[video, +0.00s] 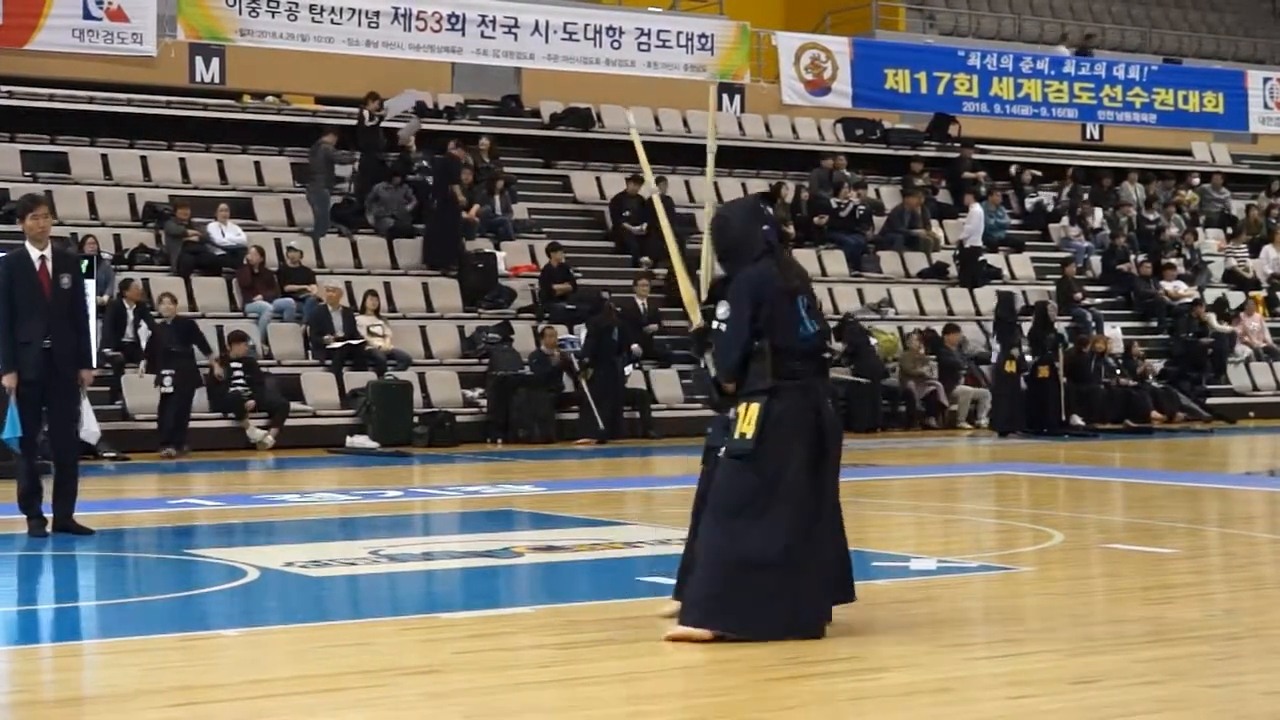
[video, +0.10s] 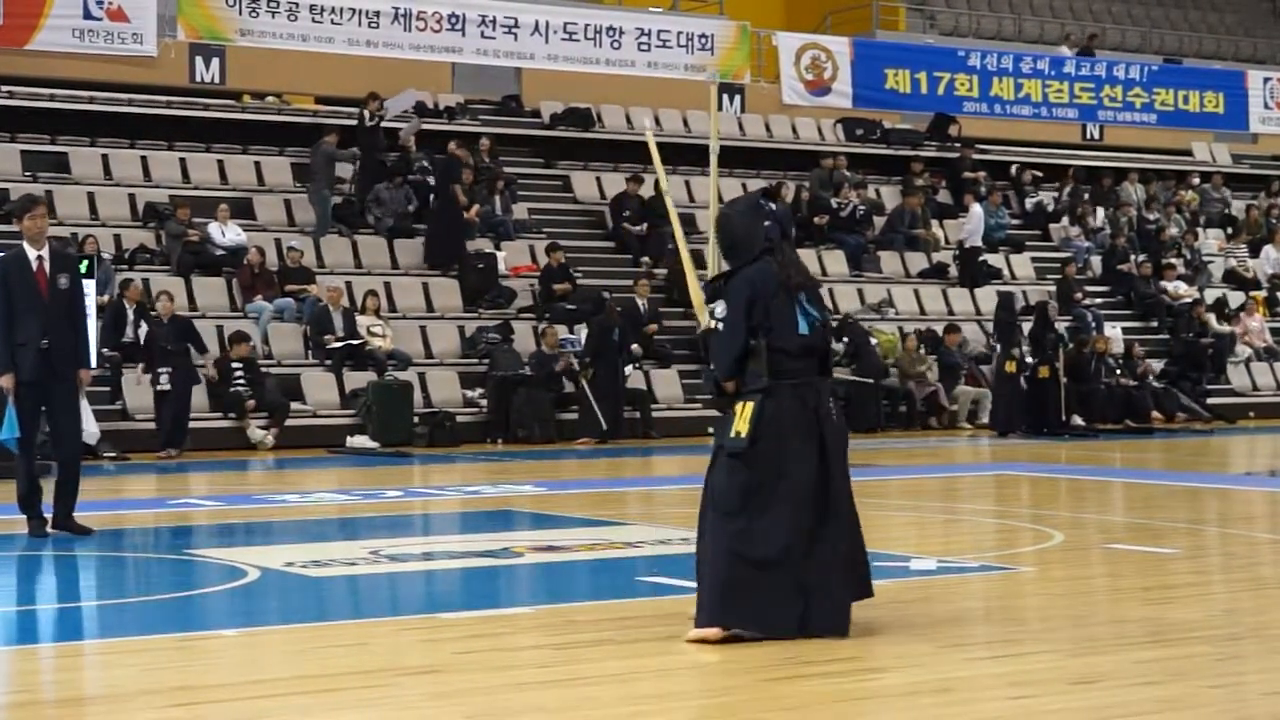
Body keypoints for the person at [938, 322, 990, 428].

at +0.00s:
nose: (959, 338)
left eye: (959, 335)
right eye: (956, 335)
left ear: (960, 336)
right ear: (947, 336)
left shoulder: (957, 351)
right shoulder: (942, 351)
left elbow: (970, 358)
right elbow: (956, 363)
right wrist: (964, 363)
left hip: (962, 385)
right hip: (948, 386)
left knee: (985, 394)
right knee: (967, 392)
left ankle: (981, 420)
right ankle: (961, 421)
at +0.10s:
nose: (959, 339)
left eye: (960, 336)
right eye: (956, 336)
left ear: (960, 337)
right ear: (947, 336)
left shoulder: (957, 351)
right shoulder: (942, 352)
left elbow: (970, 359)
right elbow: (955, 363)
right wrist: (964, 363)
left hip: (962, 385)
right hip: (948, 386)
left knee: (986, 393)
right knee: (967, 392)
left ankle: (982, 419)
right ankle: (961, 421)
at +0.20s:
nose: (960, 339)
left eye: (960, 336)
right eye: (957, 335)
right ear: (948, 336)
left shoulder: (957, 351)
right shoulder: (943, 351)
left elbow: (969, 359)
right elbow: (956, 363)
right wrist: (964, 363)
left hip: (962, 385)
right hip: (949, 386)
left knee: (985, 393)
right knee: (967, 392)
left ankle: (982, 420)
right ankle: (961, 421)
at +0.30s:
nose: (960, 338)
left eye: (960, 335)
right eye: (957, 335)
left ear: (961, 336)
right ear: (948, 336)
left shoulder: (958, 351)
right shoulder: (944, 351)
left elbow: (971, 358)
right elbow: (955, 363)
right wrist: (964, 363)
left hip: (963, 385)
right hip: (950, 386)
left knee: (986, 393)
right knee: (967, 392)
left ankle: (982, 419)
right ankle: (961, 421)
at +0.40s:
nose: (960, 338)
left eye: (960, 335)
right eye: (957, 334)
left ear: (961, 336)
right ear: (948, 336)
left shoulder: (958, 351)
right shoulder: (944, 351)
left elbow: (970, 359)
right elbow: (956, 363)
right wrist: (965, 363)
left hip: (963, 385)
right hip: (950, 386)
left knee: (986, 393)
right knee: (967, 392)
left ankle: (982, 419)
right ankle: (961, 421)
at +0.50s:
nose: (961, 337)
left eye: (961, 335)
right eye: (958, 334)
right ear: (948, 336)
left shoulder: (958, 351)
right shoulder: (945, 351)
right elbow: (956, 363)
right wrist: (966, 364)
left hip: (963, 385)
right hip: (950, 386)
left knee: (986, 393)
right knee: (967, 392)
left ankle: (983, 419)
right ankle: (961, 421)